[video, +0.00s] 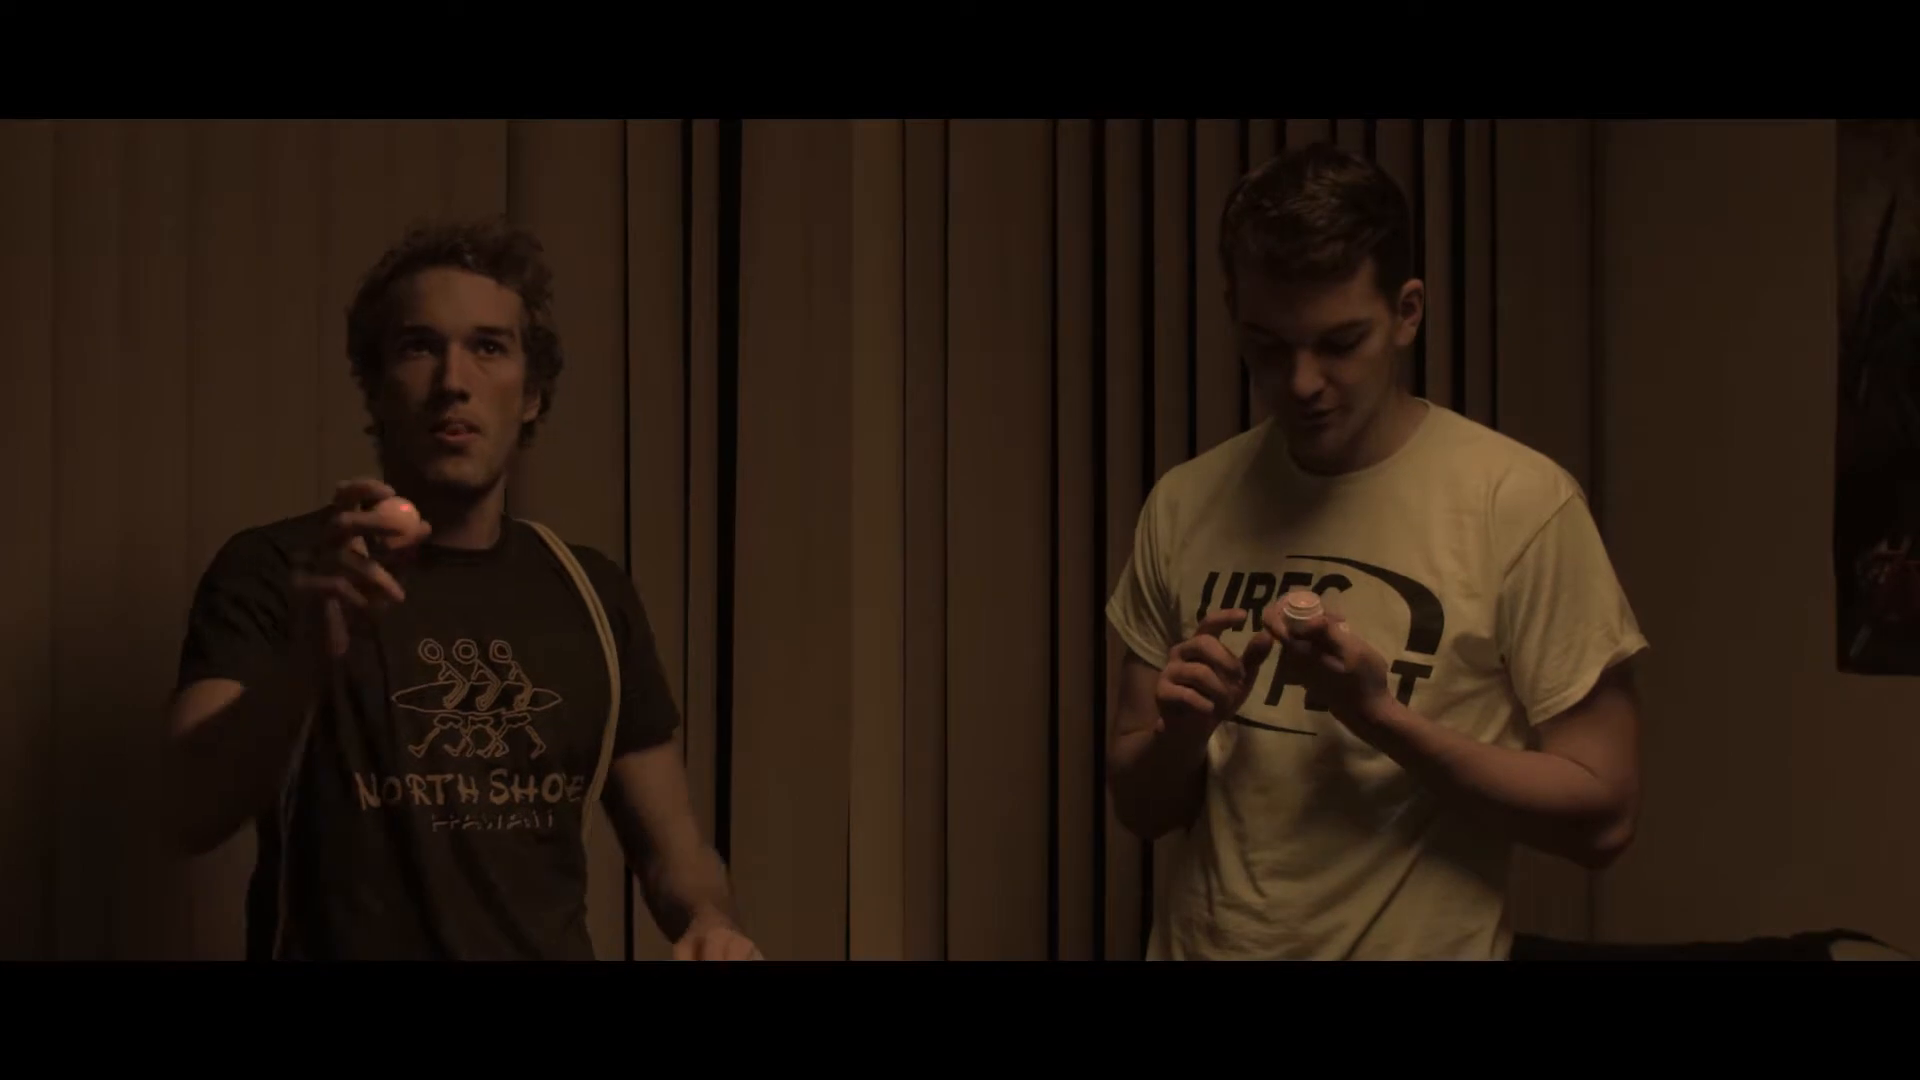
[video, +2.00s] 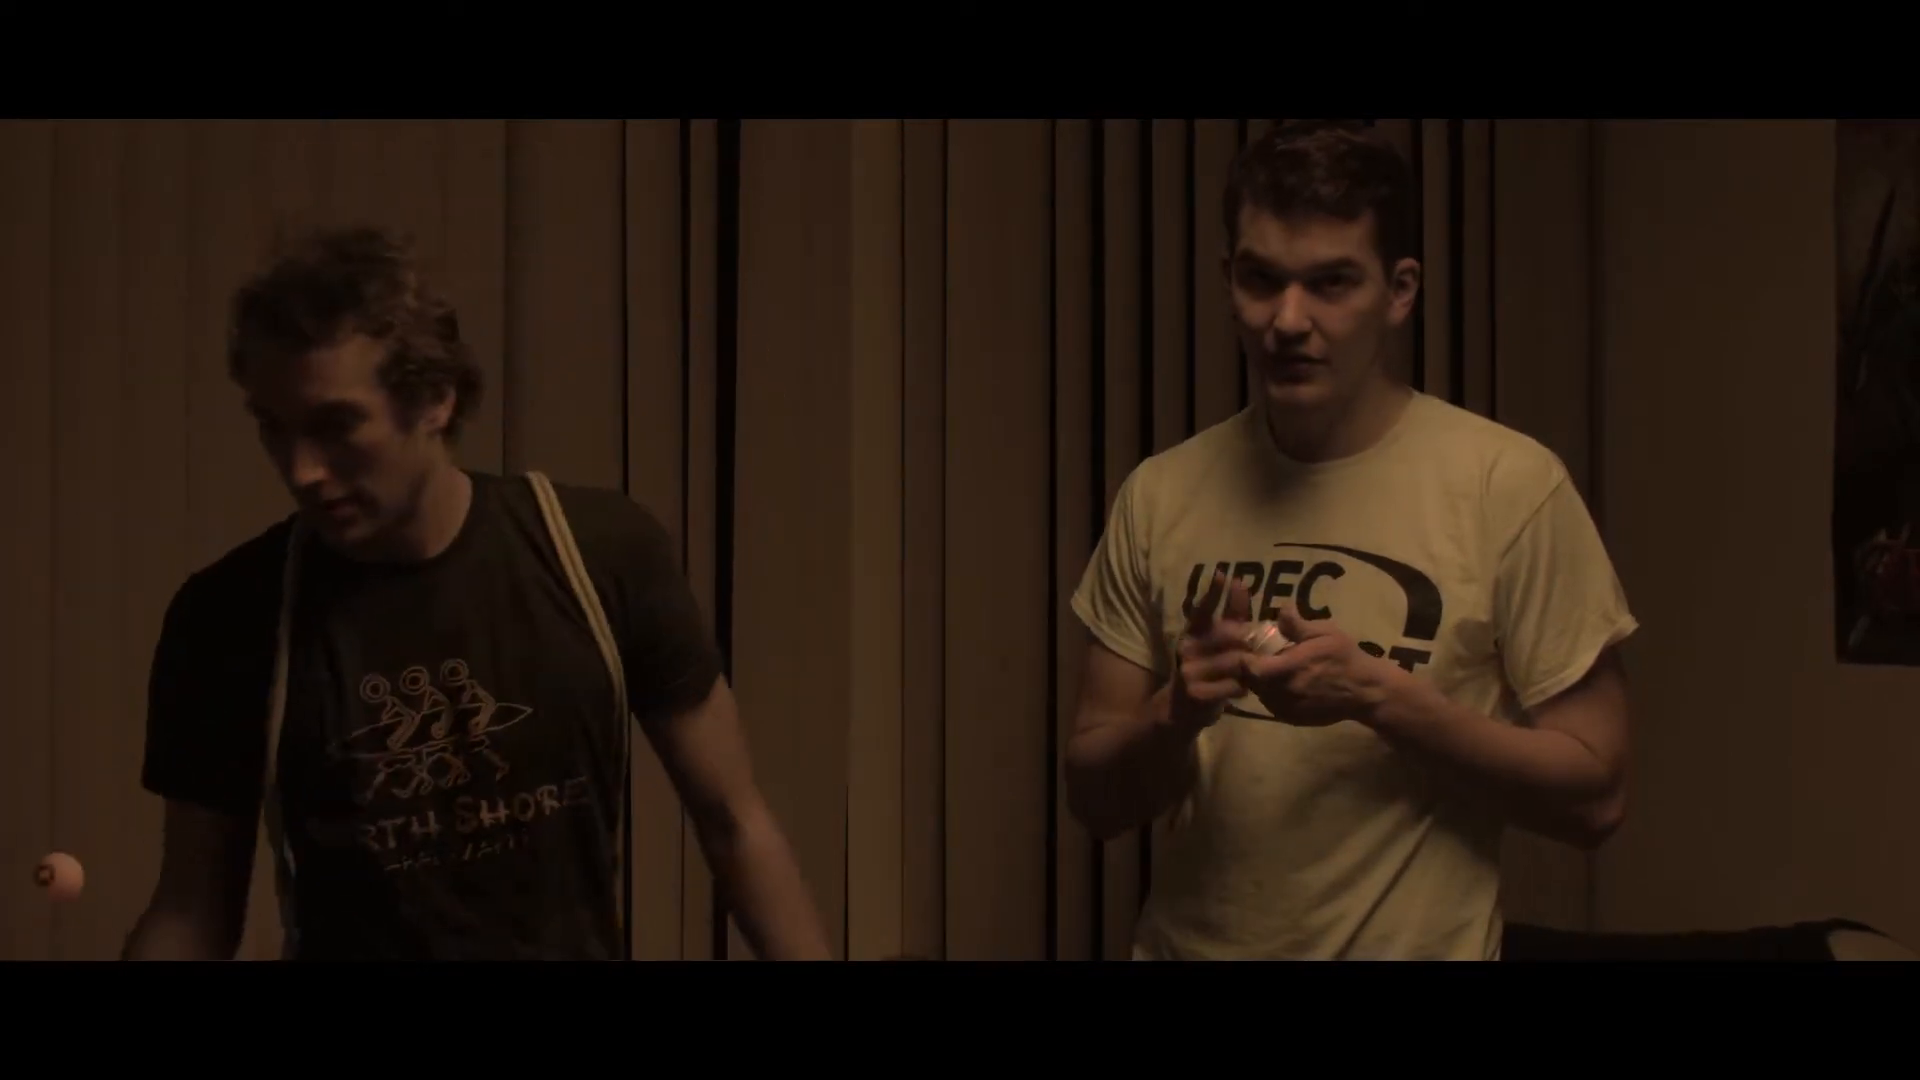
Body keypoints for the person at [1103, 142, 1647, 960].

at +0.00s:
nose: (1304, 385)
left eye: (1341, 343)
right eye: (1270, 347)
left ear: (1408, 312)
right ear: (1239, 325)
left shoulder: (1519, 505)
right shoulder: (1182, 506)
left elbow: (1603, 814)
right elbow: (1140, 811)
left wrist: (1383, 715)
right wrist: (1184, 731)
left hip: (1421, 946)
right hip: (1203, 946)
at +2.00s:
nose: (1287, 320)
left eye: (1330, 283)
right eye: (1260, 280)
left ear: (1400, 292)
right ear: (1231, 283)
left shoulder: (1510, 490)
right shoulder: (1159, 498)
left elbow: (1594, 794)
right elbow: (1092, 798)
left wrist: (1382, 693)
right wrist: (1176, 713)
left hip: (1418, 945)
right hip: (1191, 943)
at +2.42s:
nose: (1227, 307)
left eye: (1272, 273)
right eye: (1219, 272)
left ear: (1368, 289)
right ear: (1204, 275)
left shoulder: (1508, 487)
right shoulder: (1156, 488)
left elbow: (1593, 791)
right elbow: (1083, 803)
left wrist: (1377, 691)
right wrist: (1126, 638)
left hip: (1408, 946)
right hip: (1181, 942)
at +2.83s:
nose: (1222, 309)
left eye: (1265, 272)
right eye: (1210, 275)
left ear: (1359, 287)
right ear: (1195, 283)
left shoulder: (1505, 486)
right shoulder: (1161, 477)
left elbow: (1593, 791)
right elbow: (1044, 758)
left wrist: (1380, 694)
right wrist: (1156, 541)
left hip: (1407, 946)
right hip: (1174, 942)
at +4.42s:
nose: (1240, 341)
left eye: (1284, 308)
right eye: (1224, 308)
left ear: (1375, 317)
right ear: (1204, 311)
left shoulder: (1514, 514)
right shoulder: (1159, 500)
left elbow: (1596, 820)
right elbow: (1046, 775)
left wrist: (1394, 721)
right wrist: (1174, 556)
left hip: (1416, 949)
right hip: (1179, 944)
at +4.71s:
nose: (1246, 343)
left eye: (1286, 307)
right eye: (1228, 309)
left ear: (1379, 312)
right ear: (1211, 315)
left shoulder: (1515, 514)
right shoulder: (1161, 501)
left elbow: (1596, 819)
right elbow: (1051, 779)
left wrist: (1394, 720)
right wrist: (1177, 561)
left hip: (1414, 947)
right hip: (1177, 943)